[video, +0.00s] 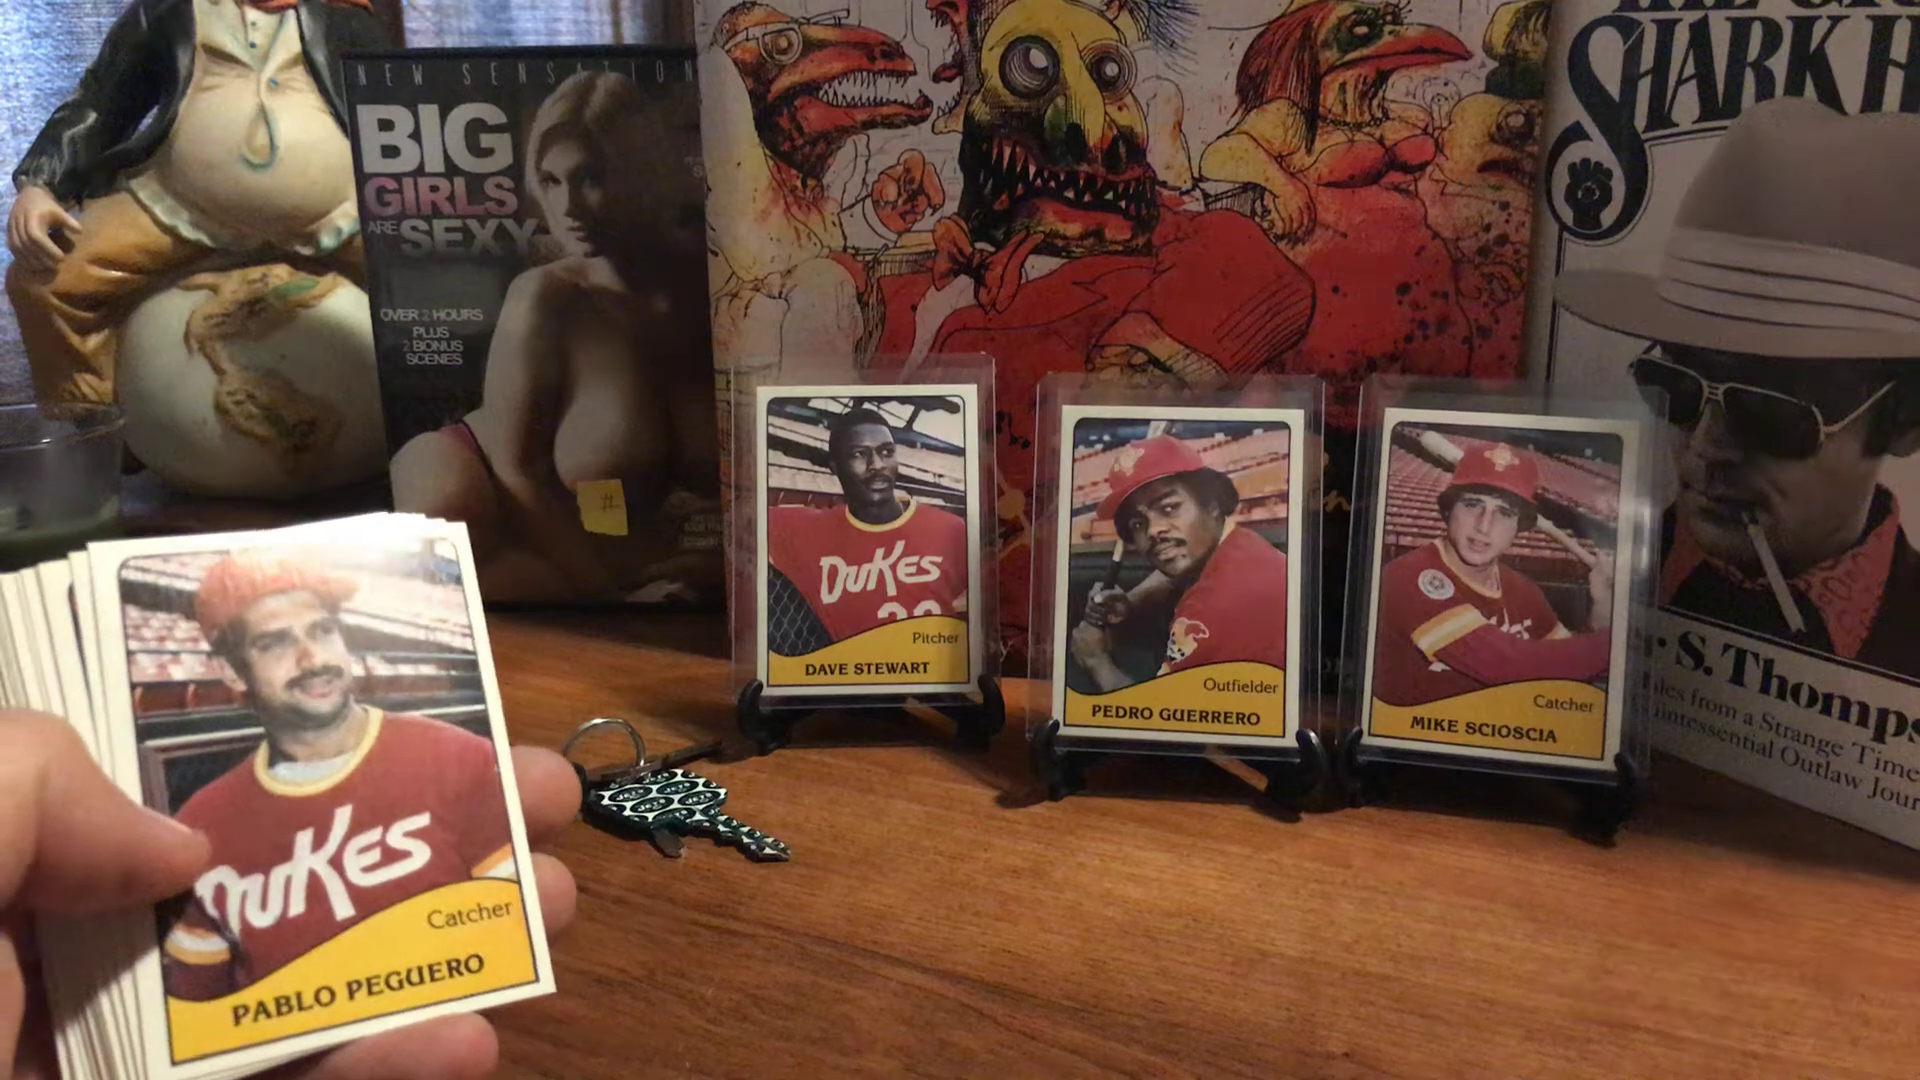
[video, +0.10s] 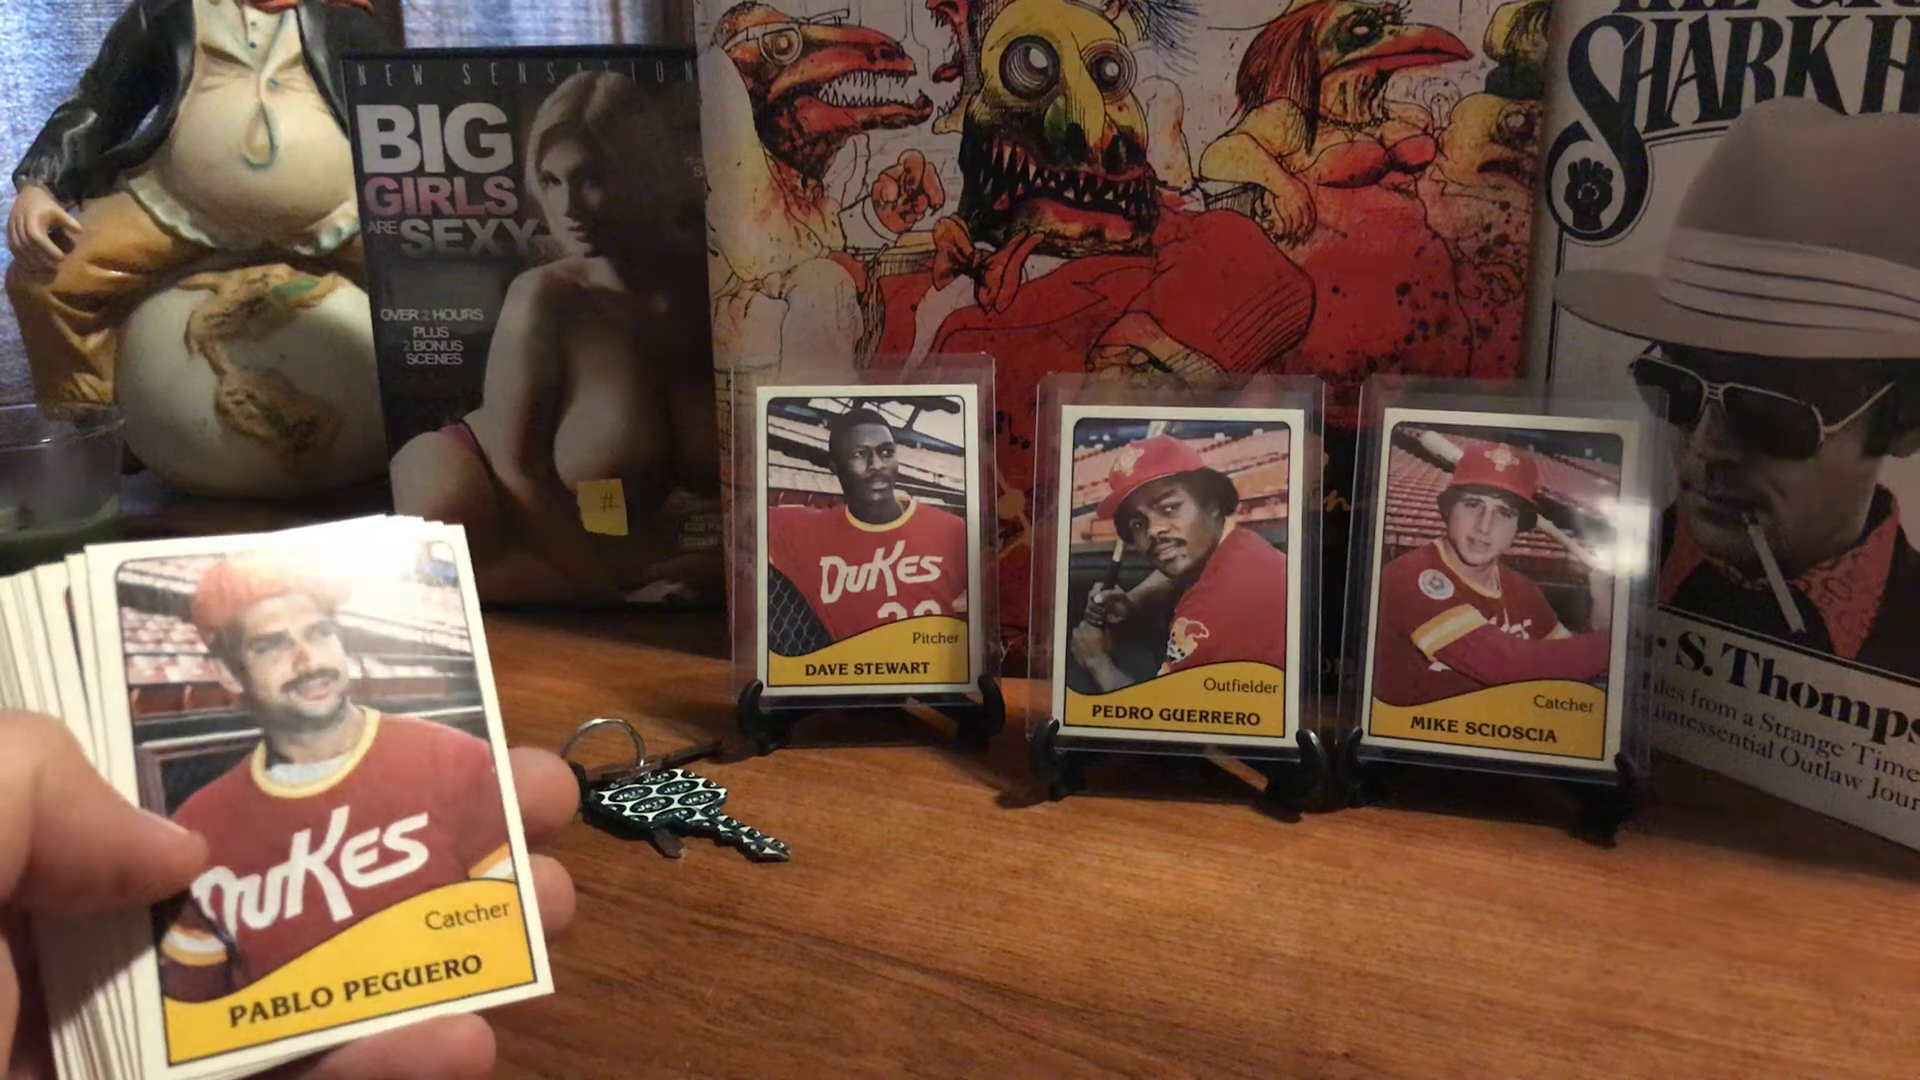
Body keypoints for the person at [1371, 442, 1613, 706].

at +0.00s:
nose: (1484, 525)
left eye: (1504, 513)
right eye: (1473, 504)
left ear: (1519, 528)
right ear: (1449, 509)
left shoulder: (1522, 592)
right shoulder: (1411, 578)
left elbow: (1575, 669)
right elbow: (1502, 663)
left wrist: (1602, 604)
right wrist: (1620, 641)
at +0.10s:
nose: (1484, 525)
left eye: (1504, 513)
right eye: (1473, 505)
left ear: (1518, 527)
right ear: (1448, 508)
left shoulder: (1521, 591)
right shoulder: (1411, 578)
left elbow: (1577, 668)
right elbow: (1503, 664)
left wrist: (1601, 592)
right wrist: (1620, 642)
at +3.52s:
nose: (1487, 526)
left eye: (1507, 513)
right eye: (1477, 505)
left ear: (1524, 527)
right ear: (1453, 509)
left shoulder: (1526, 591)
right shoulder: (1417, 577)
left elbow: (1579, 671)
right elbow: (1505, 664)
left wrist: (1607, 606)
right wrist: (1618, 642)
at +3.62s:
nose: (1488, 526)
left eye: (1508, 512)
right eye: (1477, 504)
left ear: (1524, 527)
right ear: (1453, 509)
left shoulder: (1526, 590)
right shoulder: (1417, 577)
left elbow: (1579, 671)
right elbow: (1506, 664)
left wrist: (1607, 607)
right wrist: (1619, 643)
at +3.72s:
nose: (1488, 525)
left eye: (1508, 512)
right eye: (1477, 504)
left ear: (1525, 527)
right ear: (1453, 509)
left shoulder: (1526, 590)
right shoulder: (1417, 577)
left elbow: (1578, 671)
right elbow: (1506, 664)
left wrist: (1607, 607)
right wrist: (1619, 643)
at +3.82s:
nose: (1488, 526)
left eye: (1508, 512)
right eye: (1477, 505)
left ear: (1525, 527)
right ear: (1453, 509)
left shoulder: (1526, 590)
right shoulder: (1417, 577)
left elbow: (1580, 671)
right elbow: (1506, 664)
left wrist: (1607, 606)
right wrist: (1621, 644)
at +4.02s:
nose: (1488, 526)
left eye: (1508, 513)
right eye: (1477, 505)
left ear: (1525, 528)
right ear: (1453, 509)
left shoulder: (1526, 590)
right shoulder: (1417, 577)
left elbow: (1580, 671)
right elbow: (1505, 665)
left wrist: (1607, 607)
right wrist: (1616, 644)